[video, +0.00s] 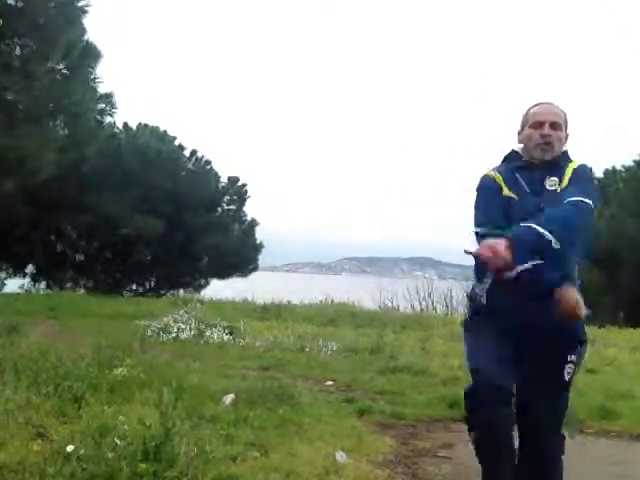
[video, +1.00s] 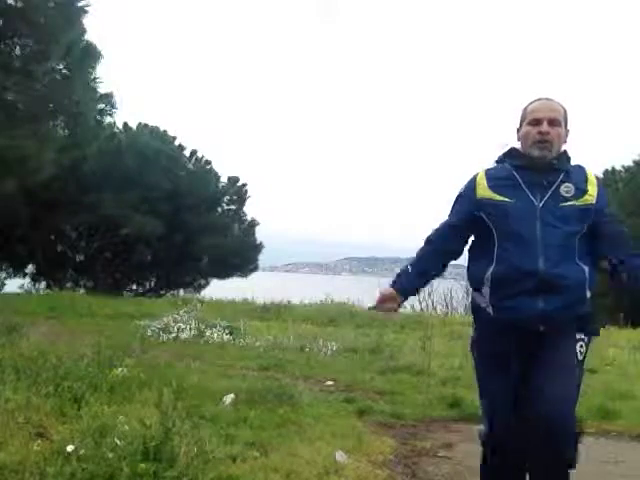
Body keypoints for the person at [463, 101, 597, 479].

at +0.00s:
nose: (546, 133)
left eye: (555, 127)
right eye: (537, 126)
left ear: (566, 137)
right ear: (521, 135)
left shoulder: (578, 176)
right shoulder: (495, 180)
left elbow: (572, 219)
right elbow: (495, 251)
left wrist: (513, 246)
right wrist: (553, 284)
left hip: (554, 315)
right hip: (495, 313)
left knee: (542, 424)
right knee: (488, 401)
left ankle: (538, 474)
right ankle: (499, 474)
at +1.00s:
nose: (543, 130)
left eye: (553, 124)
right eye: (534, 123)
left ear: (566, 135)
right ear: (519, 132)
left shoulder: (587, 188)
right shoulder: (485, 184)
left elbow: (620, 252)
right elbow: (443, 244)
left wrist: (632, 282)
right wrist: (400, 288)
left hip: (562, 329)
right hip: (498, 329)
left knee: (554, 426)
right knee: (502, 433)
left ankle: (551, 473)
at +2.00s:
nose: (555, 116)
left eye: (561, 111)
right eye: (543, 110)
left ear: (568, 124)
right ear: (520, 123)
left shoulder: (590, 177)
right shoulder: (490, 178)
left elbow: (627, 240)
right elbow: (450, 239)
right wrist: (404, 274)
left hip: (568, 327)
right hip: (501, 324)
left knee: (552, 437)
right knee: (504, 428)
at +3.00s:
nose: (559, 127)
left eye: (565, 122)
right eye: (548, 122)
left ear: (573, 133)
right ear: (526, 134)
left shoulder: (591, 186)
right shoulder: (493, 185)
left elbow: (621, 251)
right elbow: (456, 244)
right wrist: (413, 283)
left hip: (572, 333)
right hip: (508, 333)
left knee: (572, 437)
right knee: (509, 445)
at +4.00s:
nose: (559, 148)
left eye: (569, 142)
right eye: (551, 142)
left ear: (584, 154)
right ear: (539, 153)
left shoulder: (611, 206)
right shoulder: (508, 206)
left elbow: (630, 268)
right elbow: (481, 263)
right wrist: (441, 297)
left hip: (581, 353)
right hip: (516, 349)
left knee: (577, 456)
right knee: (510, 429)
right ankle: (527, 476)